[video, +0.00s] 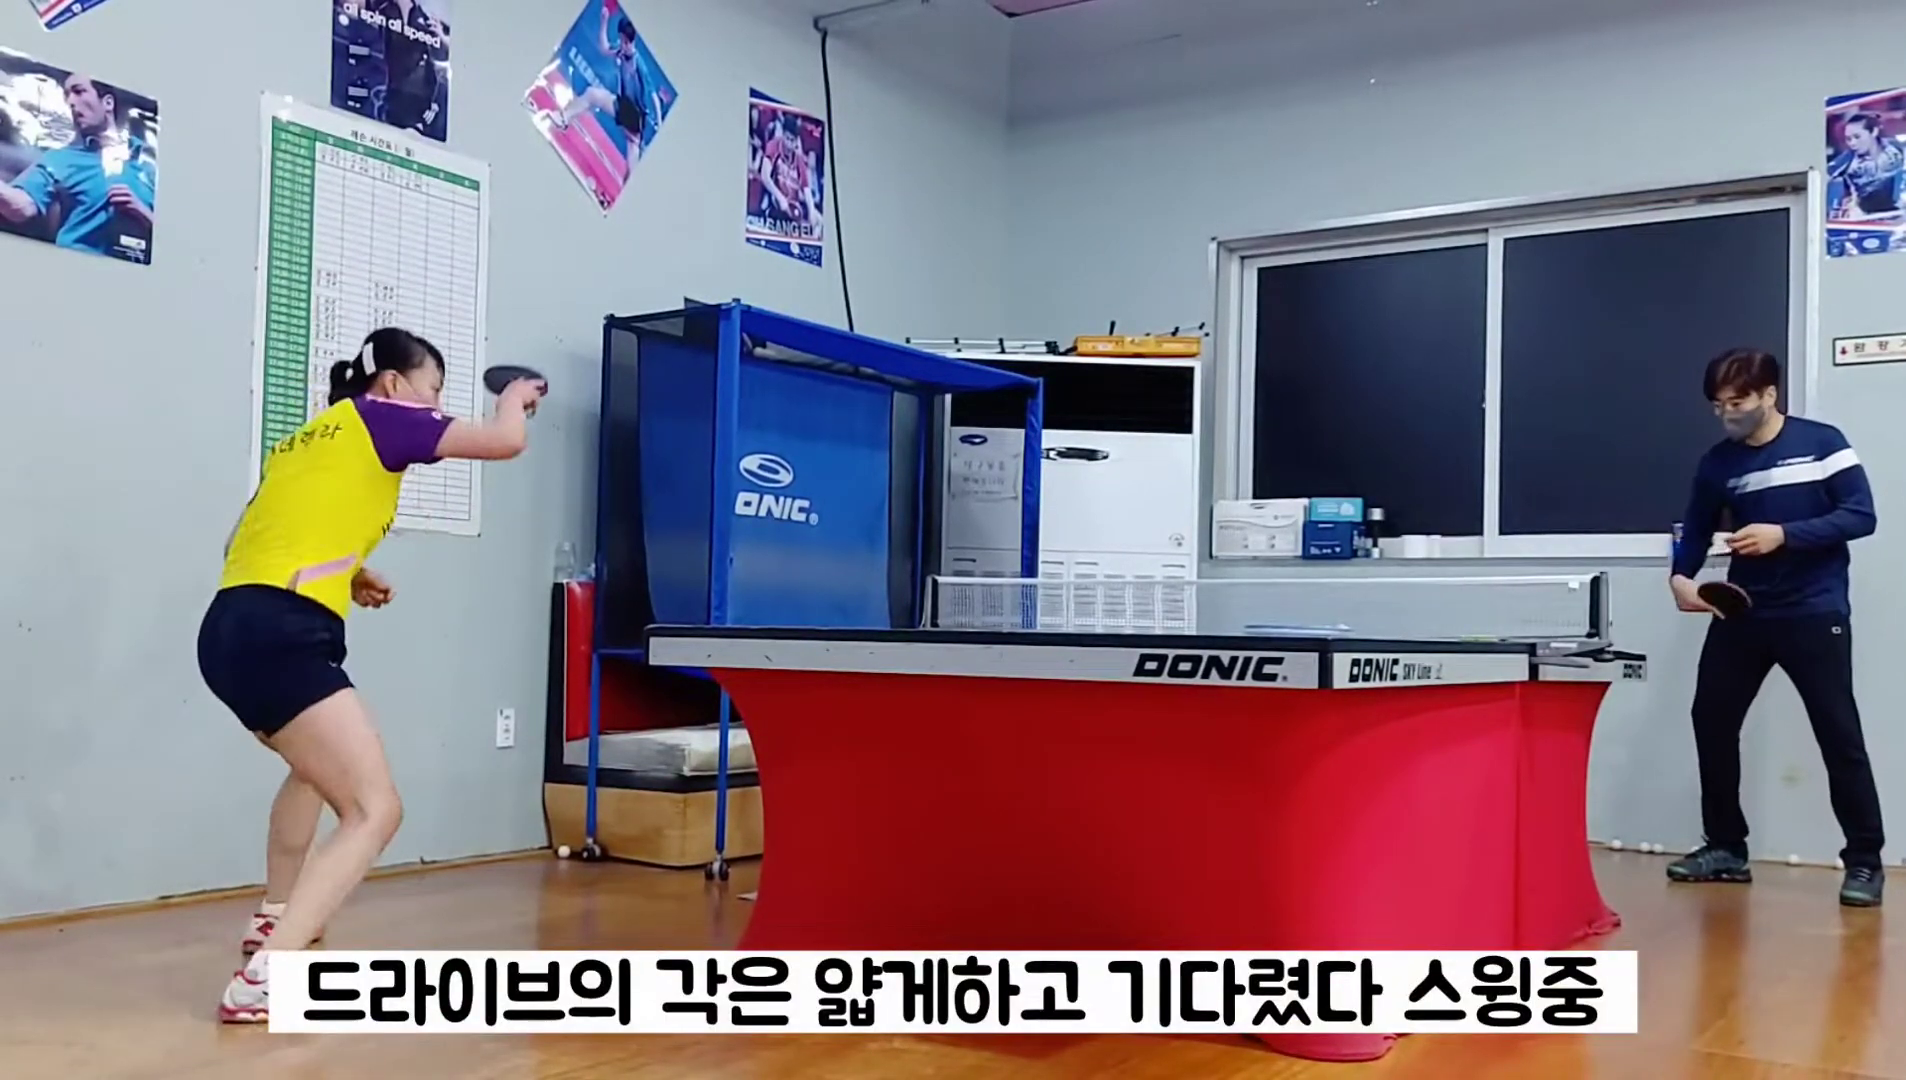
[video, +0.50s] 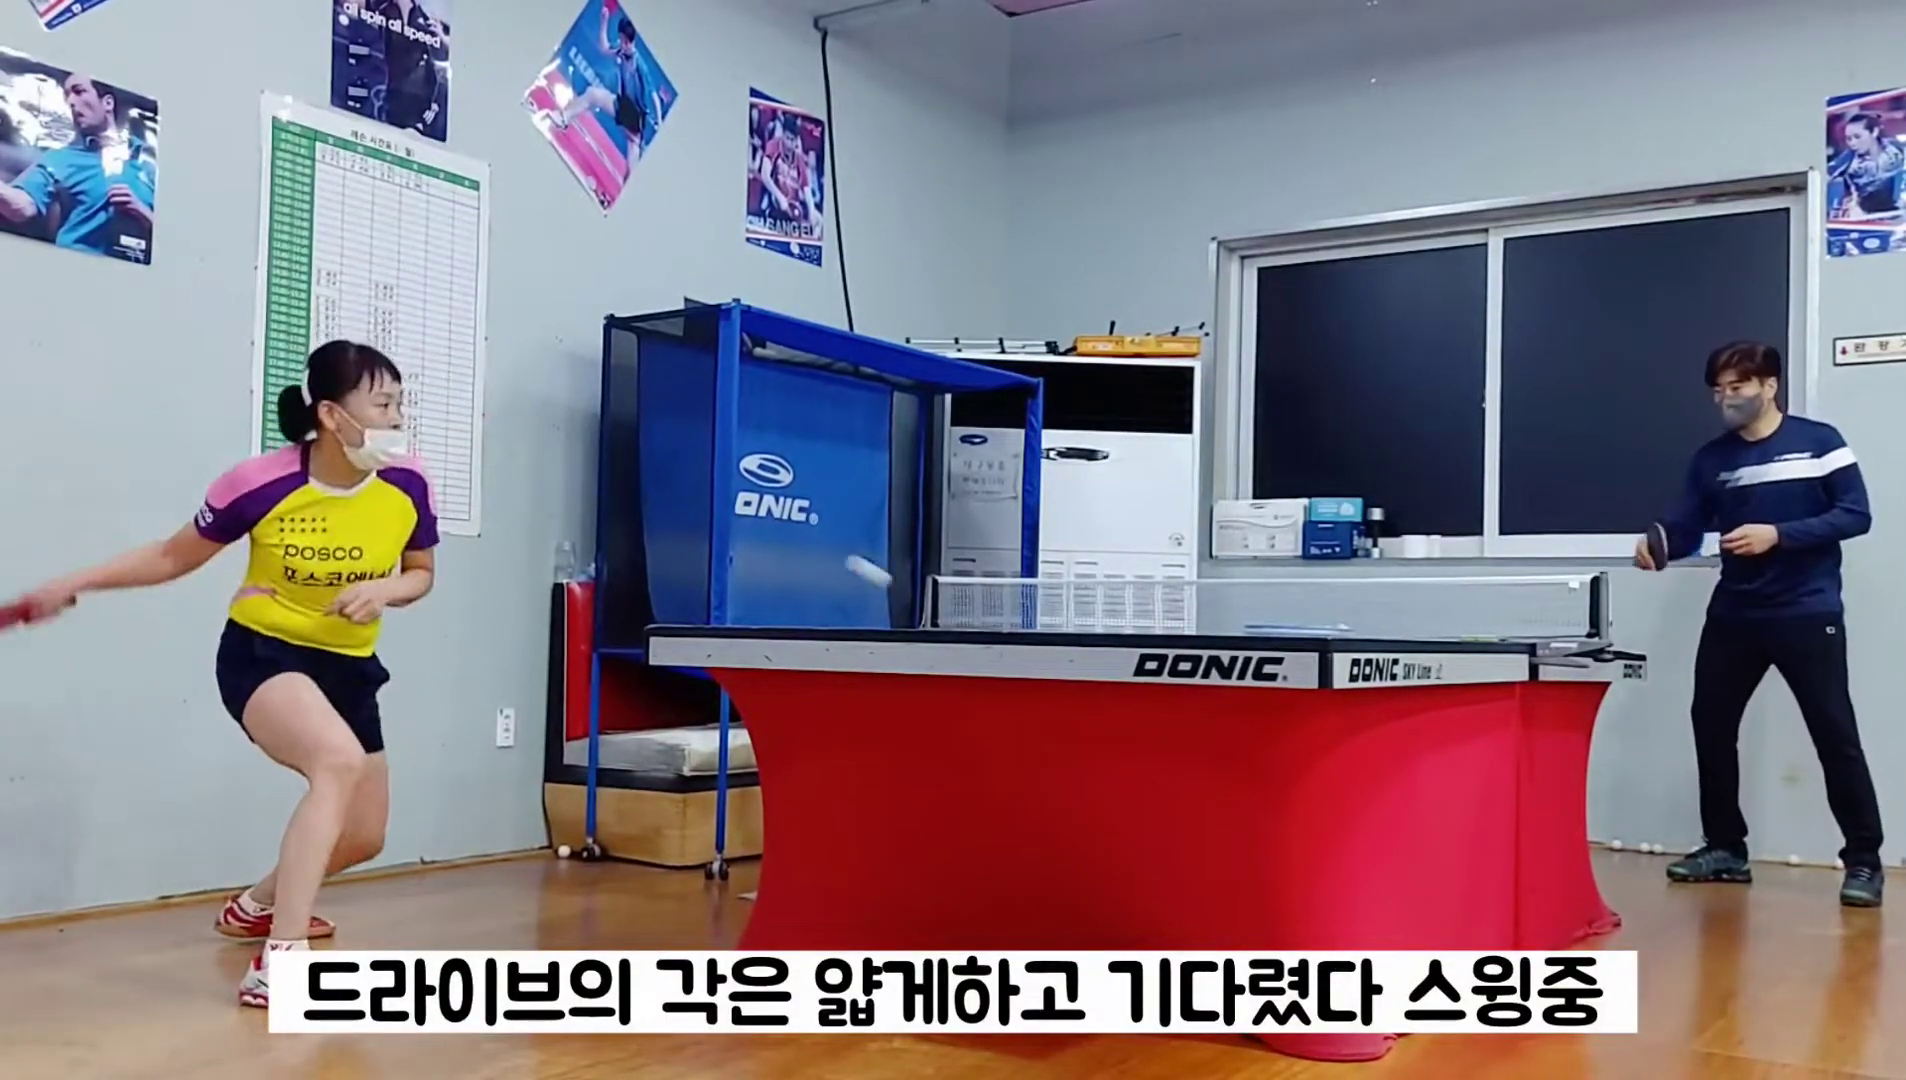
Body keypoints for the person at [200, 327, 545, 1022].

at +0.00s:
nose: (434, 406)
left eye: (437, 395)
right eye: (431, 392)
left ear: (372, 386)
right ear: (391, 381)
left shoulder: (303, 439)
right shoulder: (383, 418)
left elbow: (274, 527)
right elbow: (505, 441)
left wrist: (348, 570)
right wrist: (515, 398)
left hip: (228, 632)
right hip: (281, 632)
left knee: (310, 772)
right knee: (374, 810)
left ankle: (275, 919)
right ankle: (270, 976)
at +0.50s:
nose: (395, 416)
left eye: (397, 401)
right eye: (380, 402)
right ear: (330, 416)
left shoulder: (409, 485)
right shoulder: (260, 485)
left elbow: (420, 574)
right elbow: (173, 557)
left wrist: (386, 591)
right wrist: (72, 585)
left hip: (348, 668)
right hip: (263, 652)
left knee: (363, 837)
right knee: (339, 761)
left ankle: (258, 905)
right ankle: (280, 962)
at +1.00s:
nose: (396, 393)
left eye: (398, 382)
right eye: (390, 379)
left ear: (326, 376)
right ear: (351, 371)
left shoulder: (257, 441)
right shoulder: (351, 406)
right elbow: (474, 416)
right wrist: (481, 386)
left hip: (214, 628)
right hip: (270, 625)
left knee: (303, 770)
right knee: (353, 806)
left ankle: (260, 911)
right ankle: (251, 970)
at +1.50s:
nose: (383, 407)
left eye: (384, 392)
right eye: (368, 393)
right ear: (318, 405)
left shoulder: (391, 479)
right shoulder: (247, 472)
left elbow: (399, 569)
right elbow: (156, 543)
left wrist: (366, 592)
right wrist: (55, 566)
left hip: (333, 661)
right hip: (250, 647)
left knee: (350, 829)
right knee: (315, 762)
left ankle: (249, 894)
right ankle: (260, 960)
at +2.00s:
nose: (415, 420)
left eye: (419, 410)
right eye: (411, 406)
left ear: (359, 402)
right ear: (370, 397)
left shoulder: (305, 444)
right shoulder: (361, 431)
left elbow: (277, 526)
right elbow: (477, 443)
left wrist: (331, 579)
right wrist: (496, 405)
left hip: (237, 624)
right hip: (253, 625)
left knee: (333, 748)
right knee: (314, 791)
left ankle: (274, 891)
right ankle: (231, 952)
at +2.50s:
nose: (382, 423)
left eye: (385, 410)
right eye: (366, 411)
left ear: (389, 416)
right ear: (318, 425)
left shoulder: (396, 493)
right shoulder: (250, 492)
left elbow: (399, 579)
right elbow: (153, 560)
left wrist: (359, 610)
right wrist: (50, 587)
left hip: (333, 671)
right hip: (249, 656)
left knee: (346, 821)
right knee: (303, 765)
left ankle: (255, 896)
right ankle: (247, 948)